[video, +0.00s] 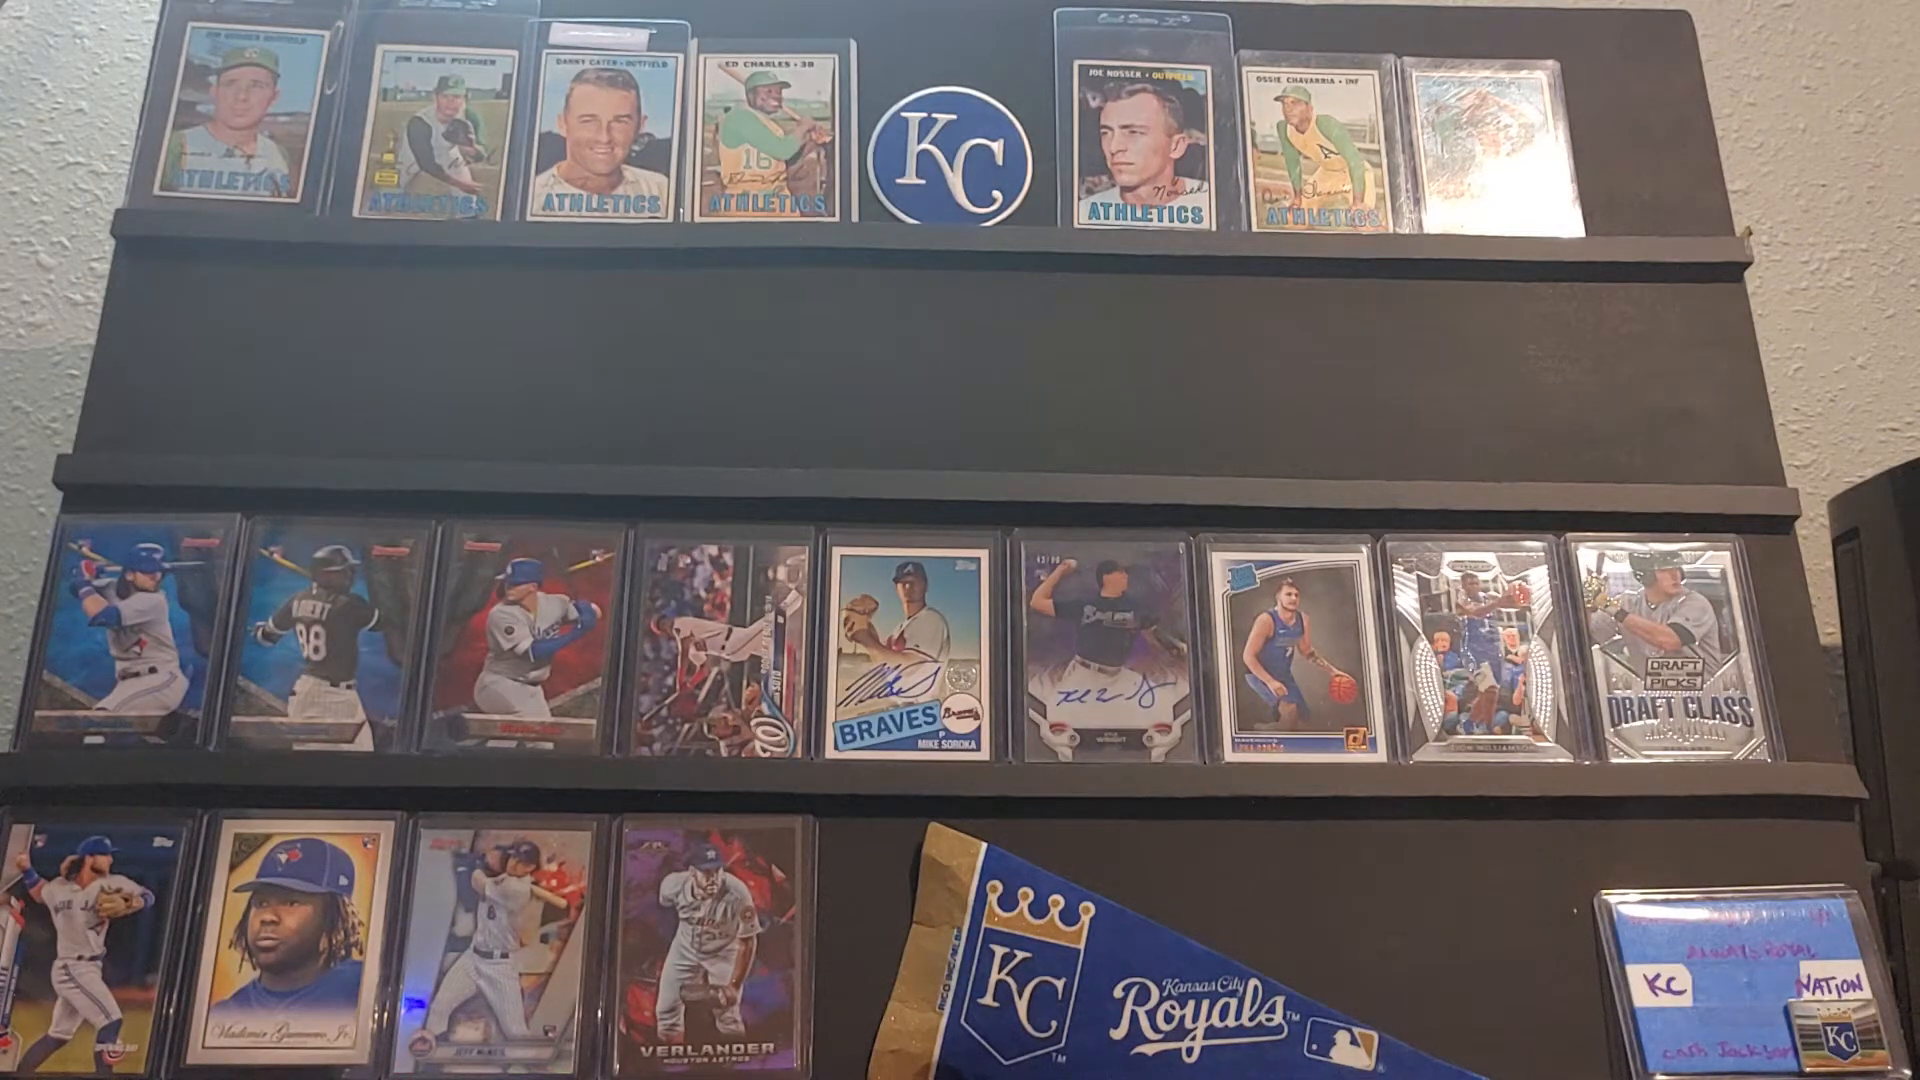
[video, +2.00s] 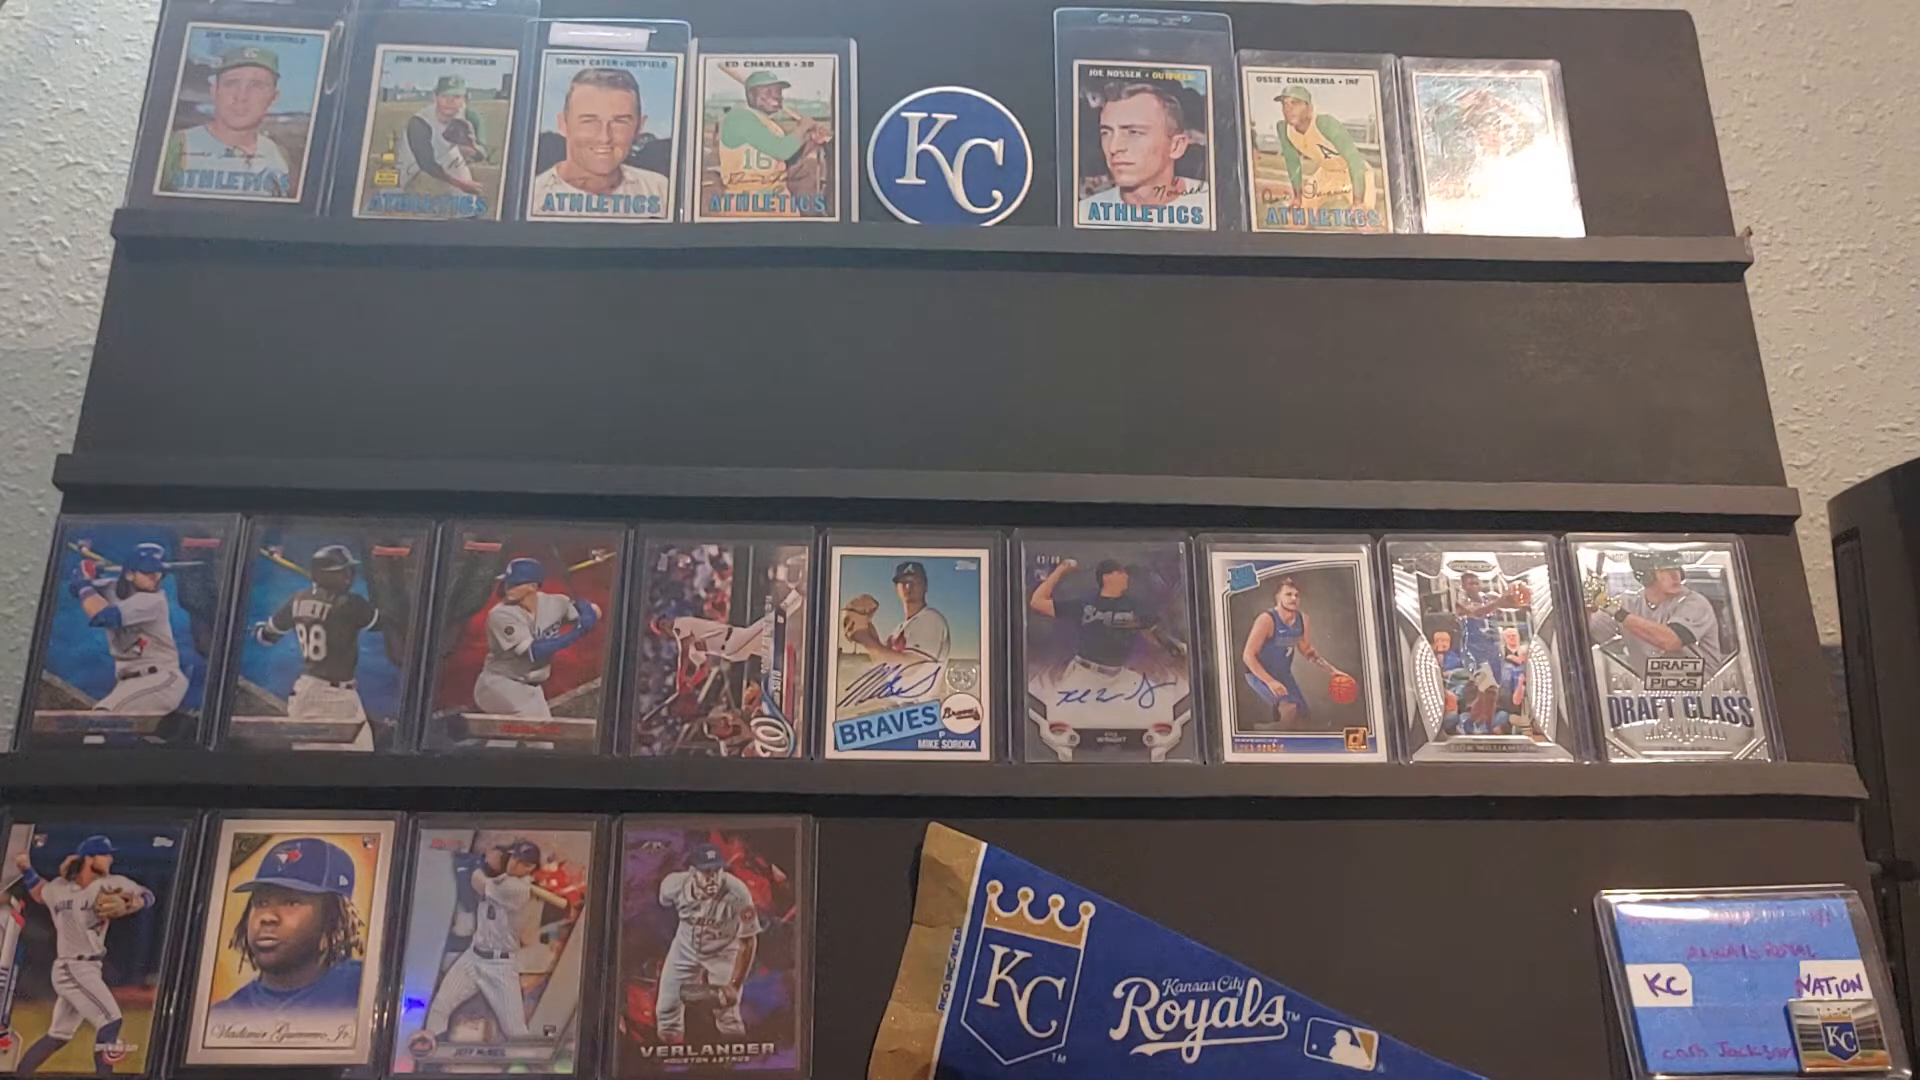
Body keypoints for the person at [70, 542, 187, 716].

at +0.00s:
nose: (155, 577)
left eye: (158, 572)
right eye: (148, 571)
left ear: (162, 573)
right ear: (130, 574)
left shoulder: (154, 601)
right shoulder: (113, 588)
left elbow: (104, 616)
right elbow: (78, 589)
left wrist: (83, 585)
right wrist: (87, 573)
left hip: (162, 679)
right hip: (129, 682)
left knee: (100, 717)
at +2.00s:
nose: (155, 577)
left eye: (158, 572)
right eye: (147, 572)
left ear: (162, 573)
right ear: (130, 573)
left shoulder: (154, 600)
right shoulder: (114, 587)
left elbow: (105, 617)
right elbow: (79, 588)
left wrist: (83, 586)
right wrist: (87, 573)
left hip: (162, 679)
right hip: (129, 682)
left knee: (102, 716)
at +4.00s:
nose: (157, 577)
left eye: (158, 572)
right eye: (149, 572)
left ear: (162, 573)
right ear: (130, 575)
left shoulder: (154, 600)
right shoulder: (113, 587)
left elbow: (105, 617)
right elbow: (79, 588)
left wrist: (83, 586)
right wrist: (87, 574)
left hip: (163, 679)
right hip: (130, 682)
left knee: (100, 717)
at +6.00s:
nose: (156, 577)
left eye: (158, 572)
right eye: (148, 572)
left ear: (162, 573)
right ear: (130, 575)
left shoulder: (155, 601)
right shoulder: (114, 588)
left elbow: (105, 617)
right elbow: (79, 588)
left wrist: (83, 586)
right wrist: (88, 573)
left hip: (163, 680)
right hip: (130, 681)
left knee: (99, 717)